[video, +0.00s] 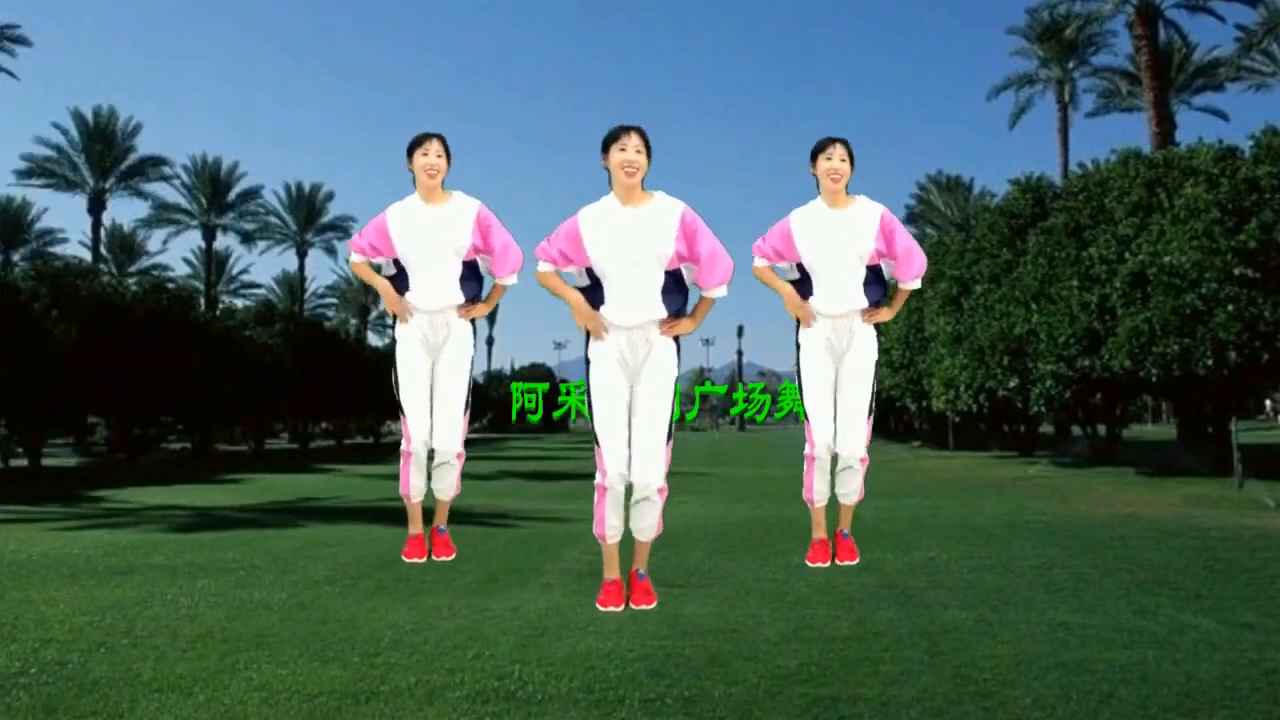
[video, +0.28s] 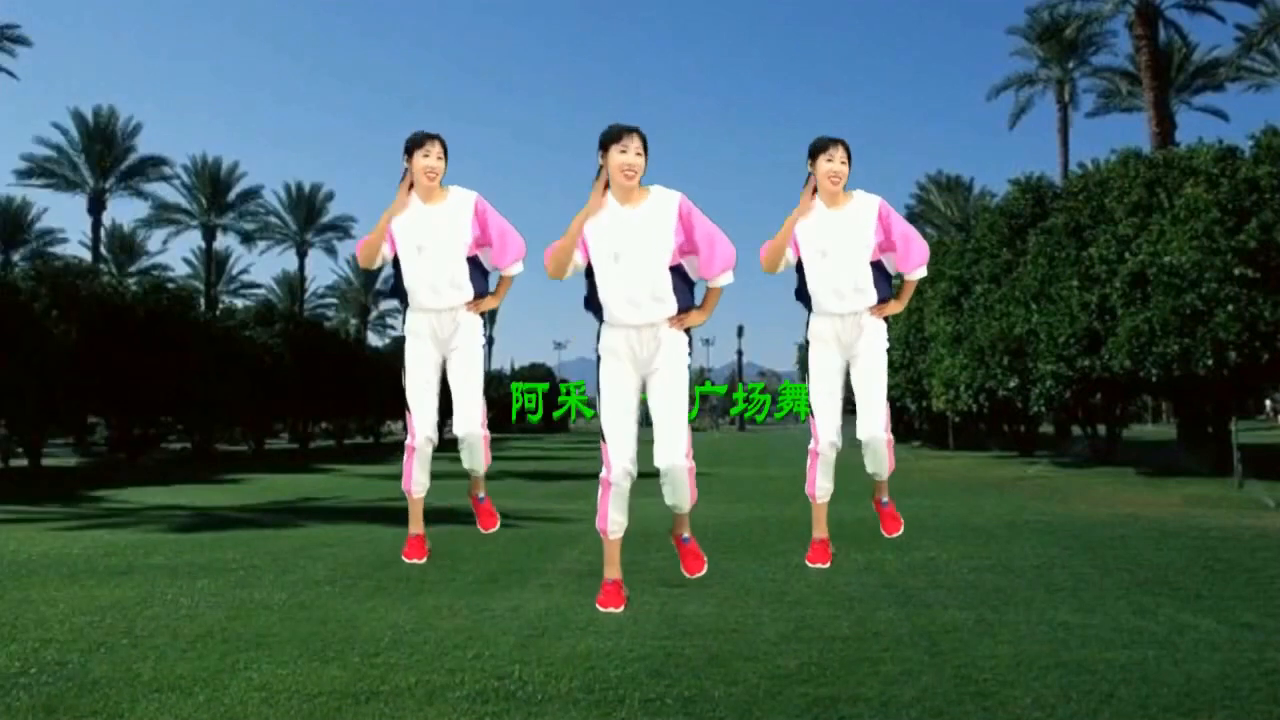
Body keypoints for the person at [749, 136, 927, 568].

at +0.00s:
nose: (835, 165)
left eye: (842, 159)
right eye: (827, 159)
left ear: (852, 170)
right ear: (814, 169)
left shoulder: (874, 215)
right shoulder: (799, 220)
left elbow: (913, 263)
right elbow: (759, 262)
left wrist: (891, 308)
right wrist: (788, 293)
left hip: (860, 330)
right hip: (815, 330)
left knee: (853, 439)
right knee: (820, 437)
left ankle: (844, 533)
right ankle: (819, 536)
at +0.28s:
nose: (837, 167)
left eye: (843, 161)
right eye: (828, 160)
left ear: (850, 170)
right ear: (812, 168)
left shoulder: (872, 207)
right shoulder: (800, 219)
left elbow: (915, 254)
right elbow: (770, 263)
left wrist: (899, 301)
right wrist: (796, 215)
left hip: (868, 324)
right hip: (824, 329)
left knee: (873, 431)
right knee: (826, 435)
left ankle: (882, 498)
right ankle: (819, 534)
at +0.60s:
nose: (851, 193)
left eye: (857, 186)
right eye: (843, 185)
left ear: (864, 191)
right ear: (827, 191)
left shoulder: (892, 228)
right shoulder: (821, 239)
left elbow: (938, 266)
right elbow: (828, 263)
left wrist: (925, 314)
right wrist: (827, 213)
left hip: (899, 348)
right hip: (853, 352)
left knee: (905, 455)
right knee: (849, 453)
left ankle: (926, 526)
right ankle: (822, 536)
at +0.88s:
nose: (847, 152)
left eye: (852, 144)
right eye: (839, 145)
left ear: (862, 148)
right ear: (824, 153)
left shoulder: (889, 182)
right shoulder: (821, 193)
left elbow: (932, 224)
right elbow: (814, 223)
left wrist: (917, 276)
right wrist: (819, 169)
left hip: (887, 296)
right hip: (843, 298)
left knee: (892, 422)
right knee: (838, 417)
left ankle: (886, 462)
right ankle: (829, 523)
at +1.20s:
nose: (848, 170)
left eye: (853, 163)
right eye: (839, 164)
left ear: (863, 172)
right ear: (827, 177)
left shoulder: (890, 211)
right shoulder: (820, 222)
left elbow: (927, 261)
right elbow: (846, 239)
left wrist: (912, 308)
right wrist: (831, 186)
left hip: (882, 325)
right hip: (838, 326)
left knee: (888, 442)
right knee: (837, 440)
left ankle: (876, 473)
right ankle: (833, 536)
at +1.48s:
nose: (863, 180)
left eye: (870, 173)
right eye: (855, 173)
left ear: (878, 180)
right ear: (841, 179)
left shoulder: (900, 218)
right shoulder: (832, 223)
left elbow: (939, 259)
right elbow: (880, 230)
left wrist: (929, 302)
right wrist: (920, 188)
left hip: (907, 327)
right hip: (863, 331)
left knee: (913, 441)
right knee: (865, 448)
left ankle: (920, 524)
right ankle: (835, 535)